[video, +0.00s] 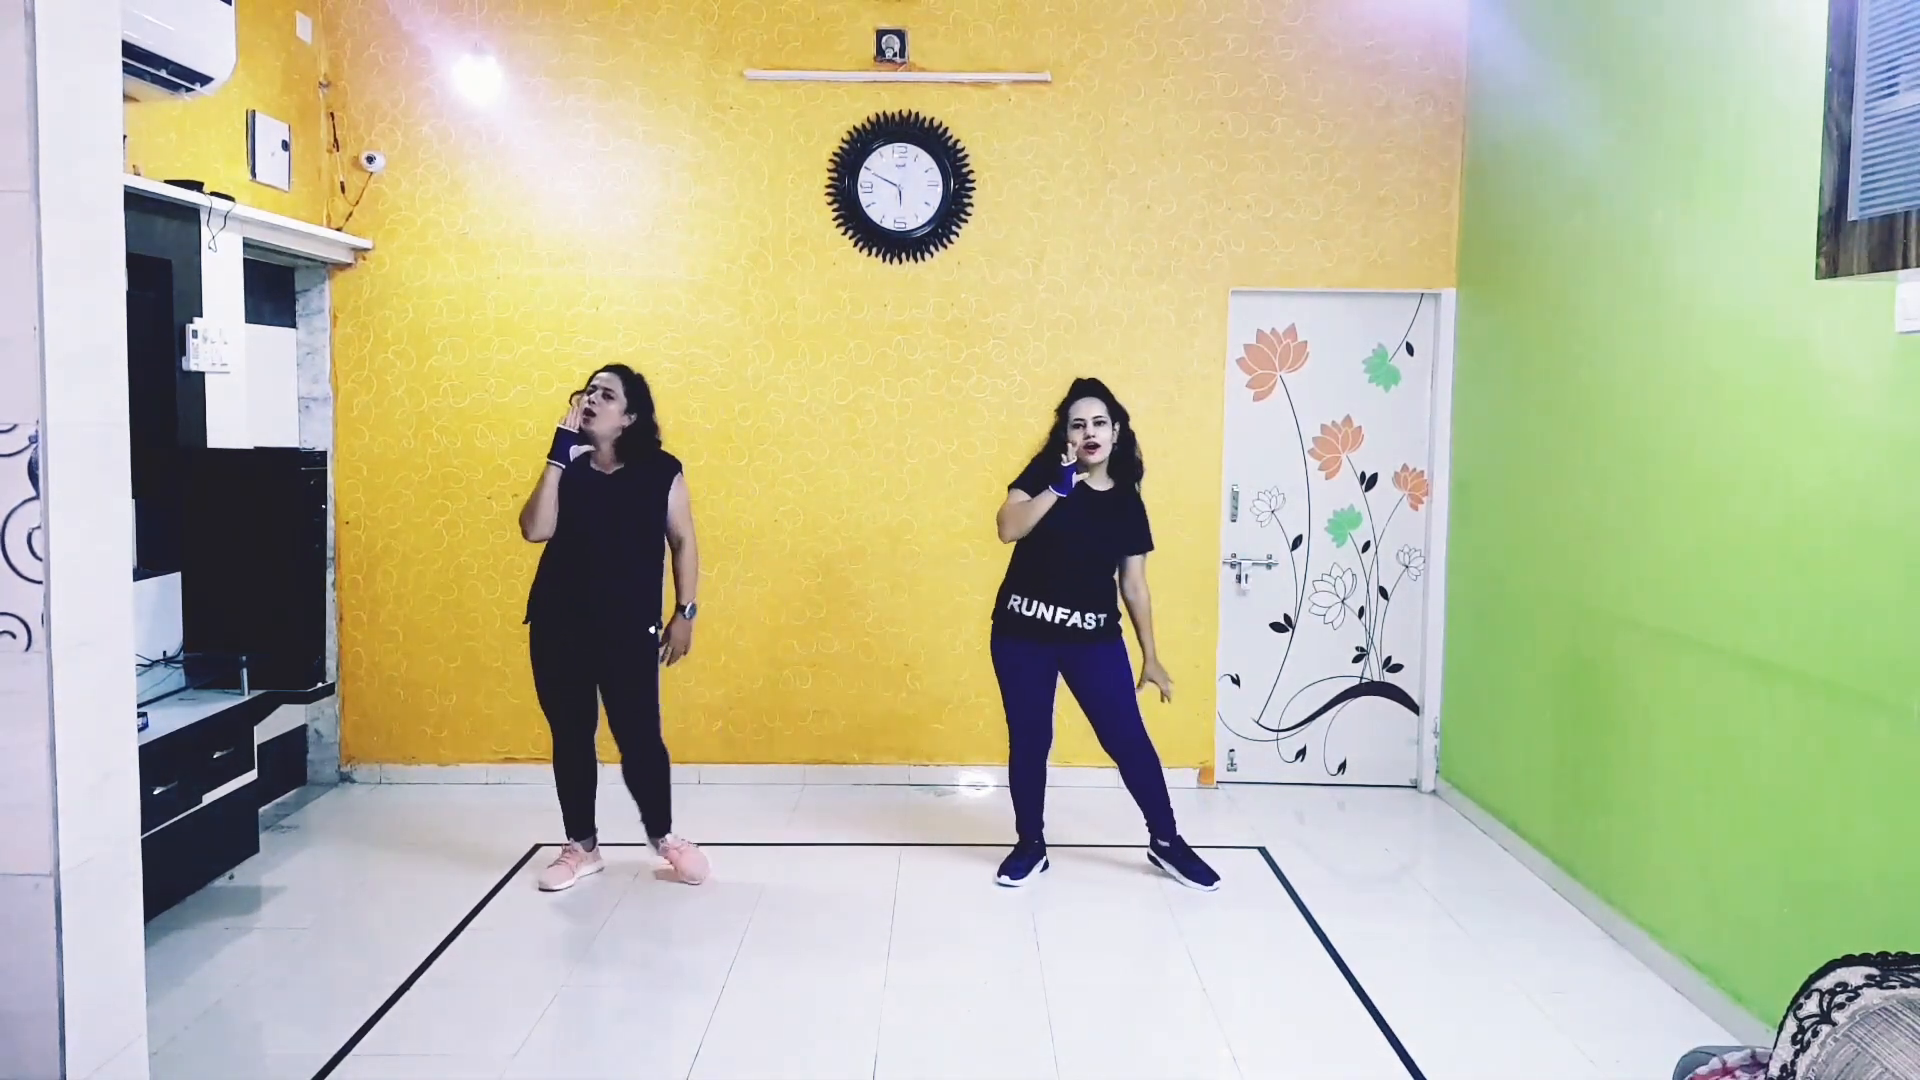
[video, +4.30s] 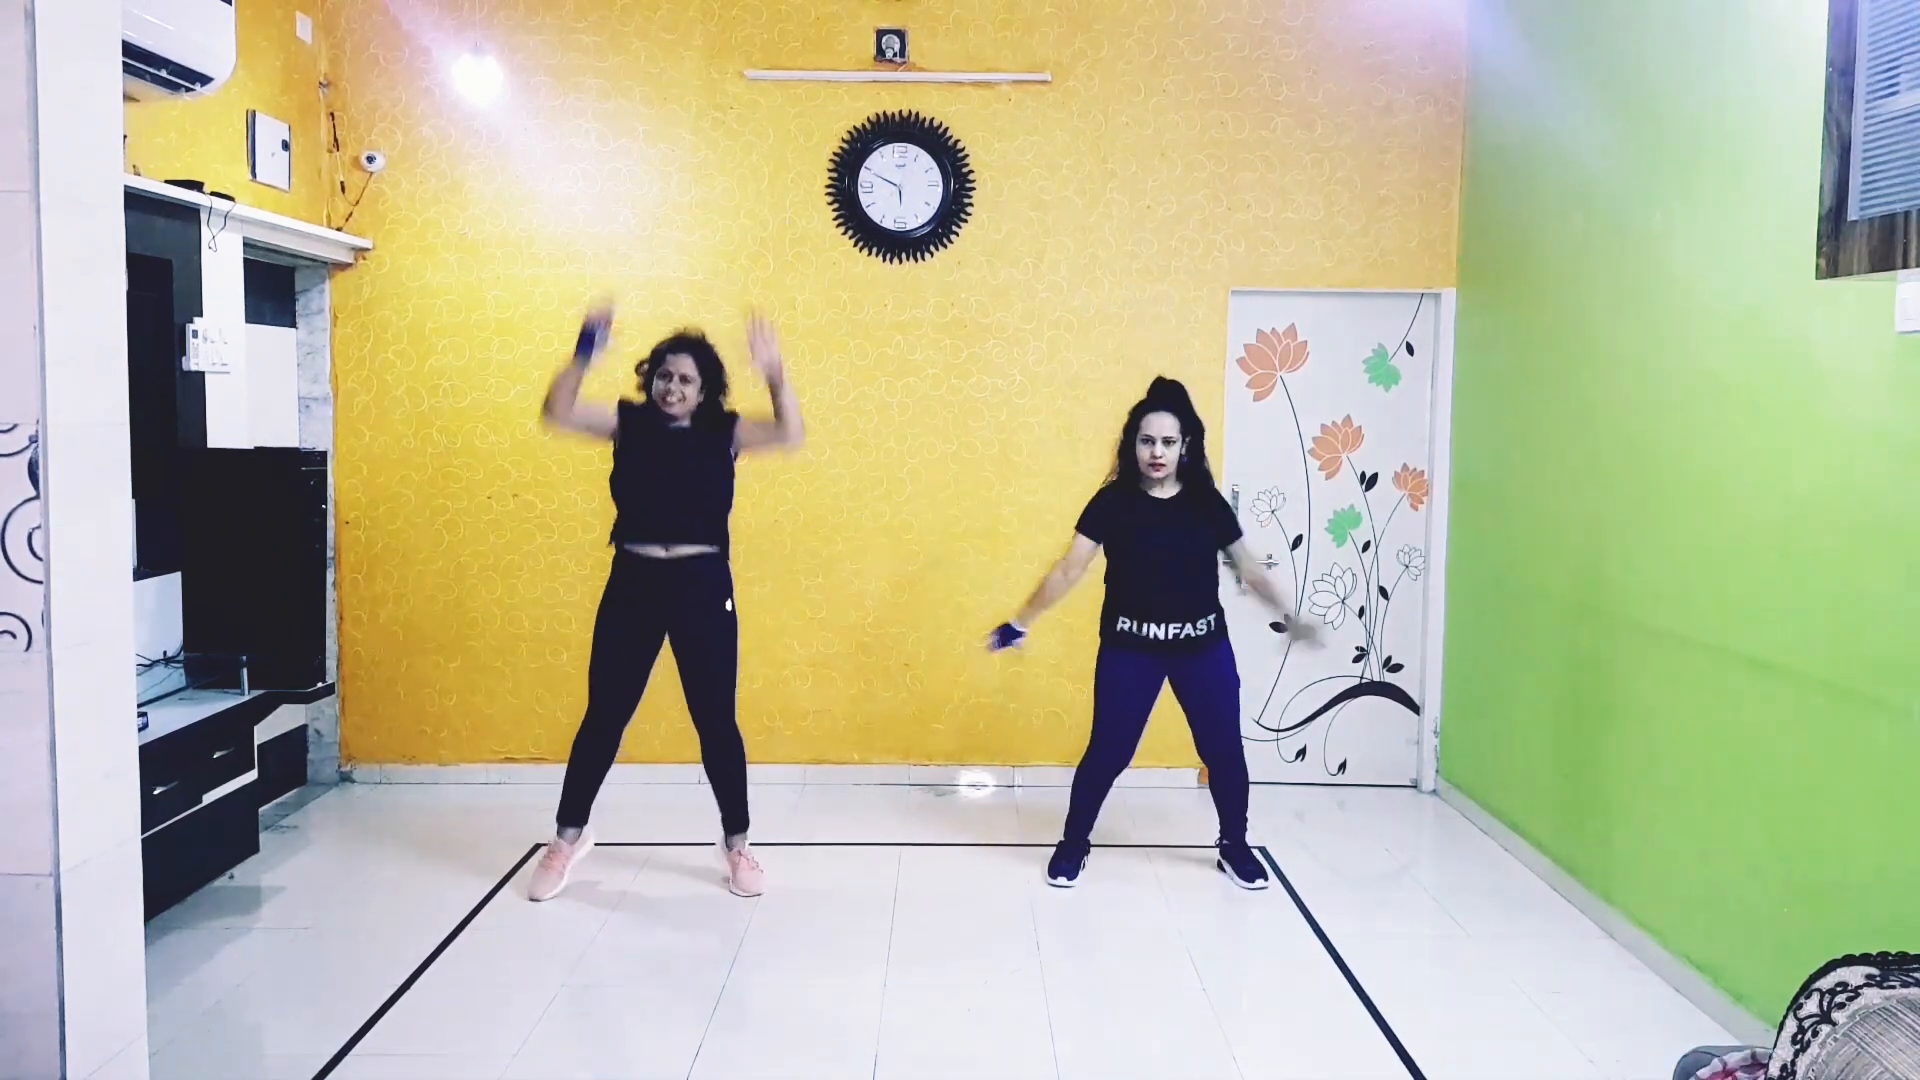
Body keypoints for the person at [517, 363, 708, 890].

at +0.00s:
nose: (590, 399)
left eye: (606, 395)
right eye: (589, 391)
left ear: (631, 417)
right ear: (581, 404)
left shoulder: (661, 472)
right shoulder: (565, 467)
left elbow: (683, 543)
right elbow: (536, 529)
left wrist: (686, 613)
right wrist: (559, 453)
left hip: (628, 626)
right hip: (560, 624)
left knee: (641, 736)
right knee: (571, 737)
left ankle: (663, 839)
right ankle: (580, 846)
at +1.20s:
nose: (614, 410)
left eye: (629, 405)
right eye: (608, 401)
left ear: (649, 422)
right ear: (595, 412)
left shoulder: (673, 482)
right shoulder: (571, 481)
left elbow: (690, 550)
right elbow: (541, 532)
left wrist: (700, 539)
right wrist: (534, 539)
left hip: (632, 633)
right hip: (566, 629)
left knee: (637, 737)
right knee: (573, 736)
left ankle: (687, 841)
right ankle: (574, 842)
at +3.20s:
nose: (646, 415)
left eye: (660, 410)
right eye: (640, 407)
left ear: (681, 423)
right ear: (626, 417)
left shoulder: (705, 481)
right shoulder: (611, 490)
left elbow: (743, 541)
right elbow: (611, 560)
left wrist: (774, 549)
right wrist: (571, 597)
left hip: (720, 623)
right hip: (654, 628)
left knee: (725, 729)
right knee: (610, 730)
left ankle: (739, 845)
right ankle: (601, 849)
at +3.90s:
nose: (655, 420)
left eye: (669, 413)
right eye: (648, 412)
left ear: (691, 428)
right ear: (637, 423)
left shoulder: (715, 489)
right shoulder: (616, 491)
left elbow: (758, 549)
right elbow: (587, 559)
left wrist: (740, 526)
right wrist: (564, 557)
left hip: (696, 640)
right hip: (624, 639)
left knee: (712, 744)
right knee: (607, 746)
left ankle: (731, 847)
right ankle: (604, 848)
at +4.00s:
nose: (663, 408)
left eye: (676, 401)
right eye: (655, 399)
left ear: (697, 413)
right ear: (643, 408)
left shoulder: (721, 464)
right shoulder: (624, 462)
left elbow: (779, 465)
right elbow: (564, 469)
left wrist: (745, 406)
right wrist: (590, 406)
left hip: (701, 623)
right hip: (629, 621)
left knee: (715, 737)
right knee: (614, 734)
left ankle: (732, 845)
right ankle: (603, 845)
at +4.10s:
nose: (668, 384)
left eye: (682, 378)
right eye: (662, 375)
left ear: (702, 388)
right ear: (649, 380)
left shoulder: (718, 424)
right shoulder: (631, 413)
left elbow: (761, 377)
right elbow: (592, 356)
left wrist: (757, 306)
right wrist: (607, 285)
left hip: (701, 586)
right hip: (634, 585)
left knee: (717, 715)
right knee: (612, 711)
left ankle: (737, 835)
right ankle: (590, 830)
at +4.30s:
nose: (675, 387)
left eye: (687, 379)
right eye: (666, 376)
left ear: (706, 388)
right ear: (650, 381)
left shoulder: (724, 432)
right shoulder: (627, 423)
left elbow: (791, 436)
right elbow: (558, 414)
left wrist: (775, 375)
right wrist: (582, 353)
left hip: (703, 589)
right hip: (634, 586)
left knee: (716, 719)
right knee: (605, 713)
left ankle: (738, 842)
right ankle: (569, 834)